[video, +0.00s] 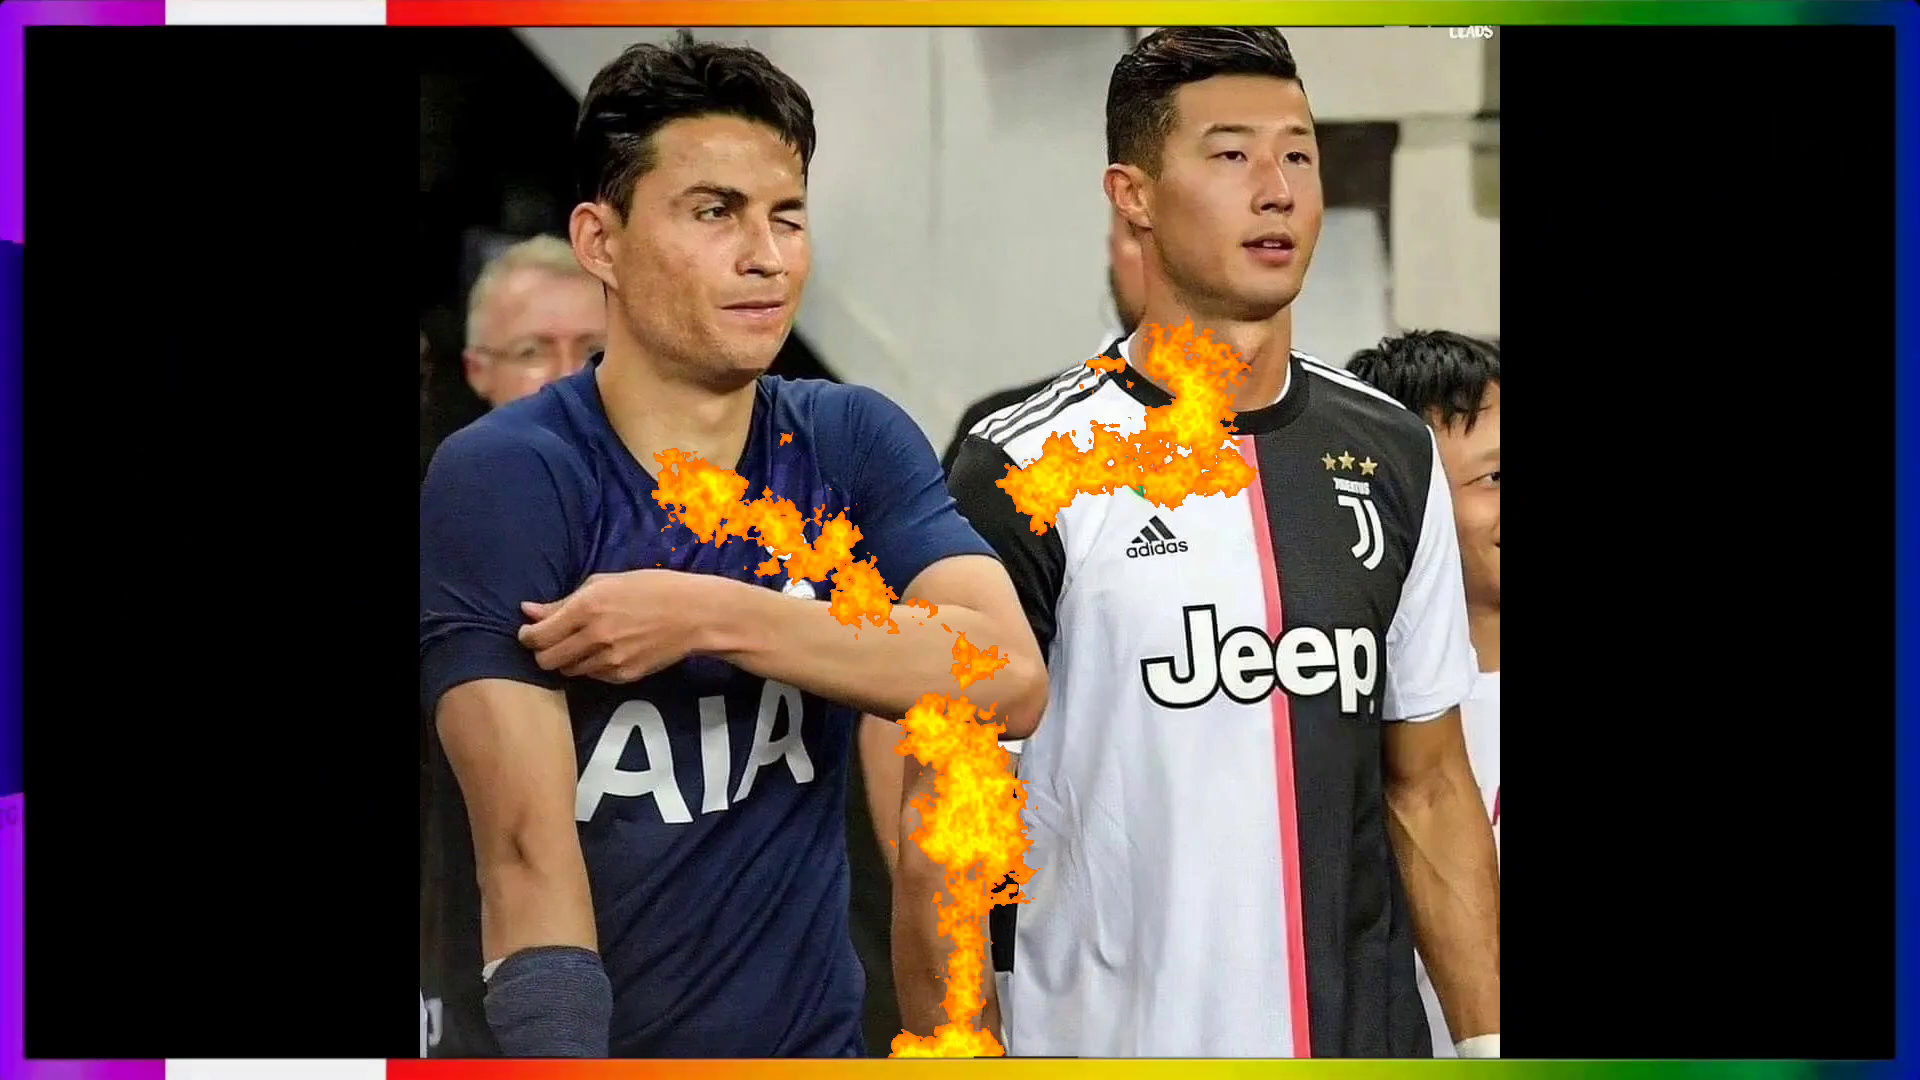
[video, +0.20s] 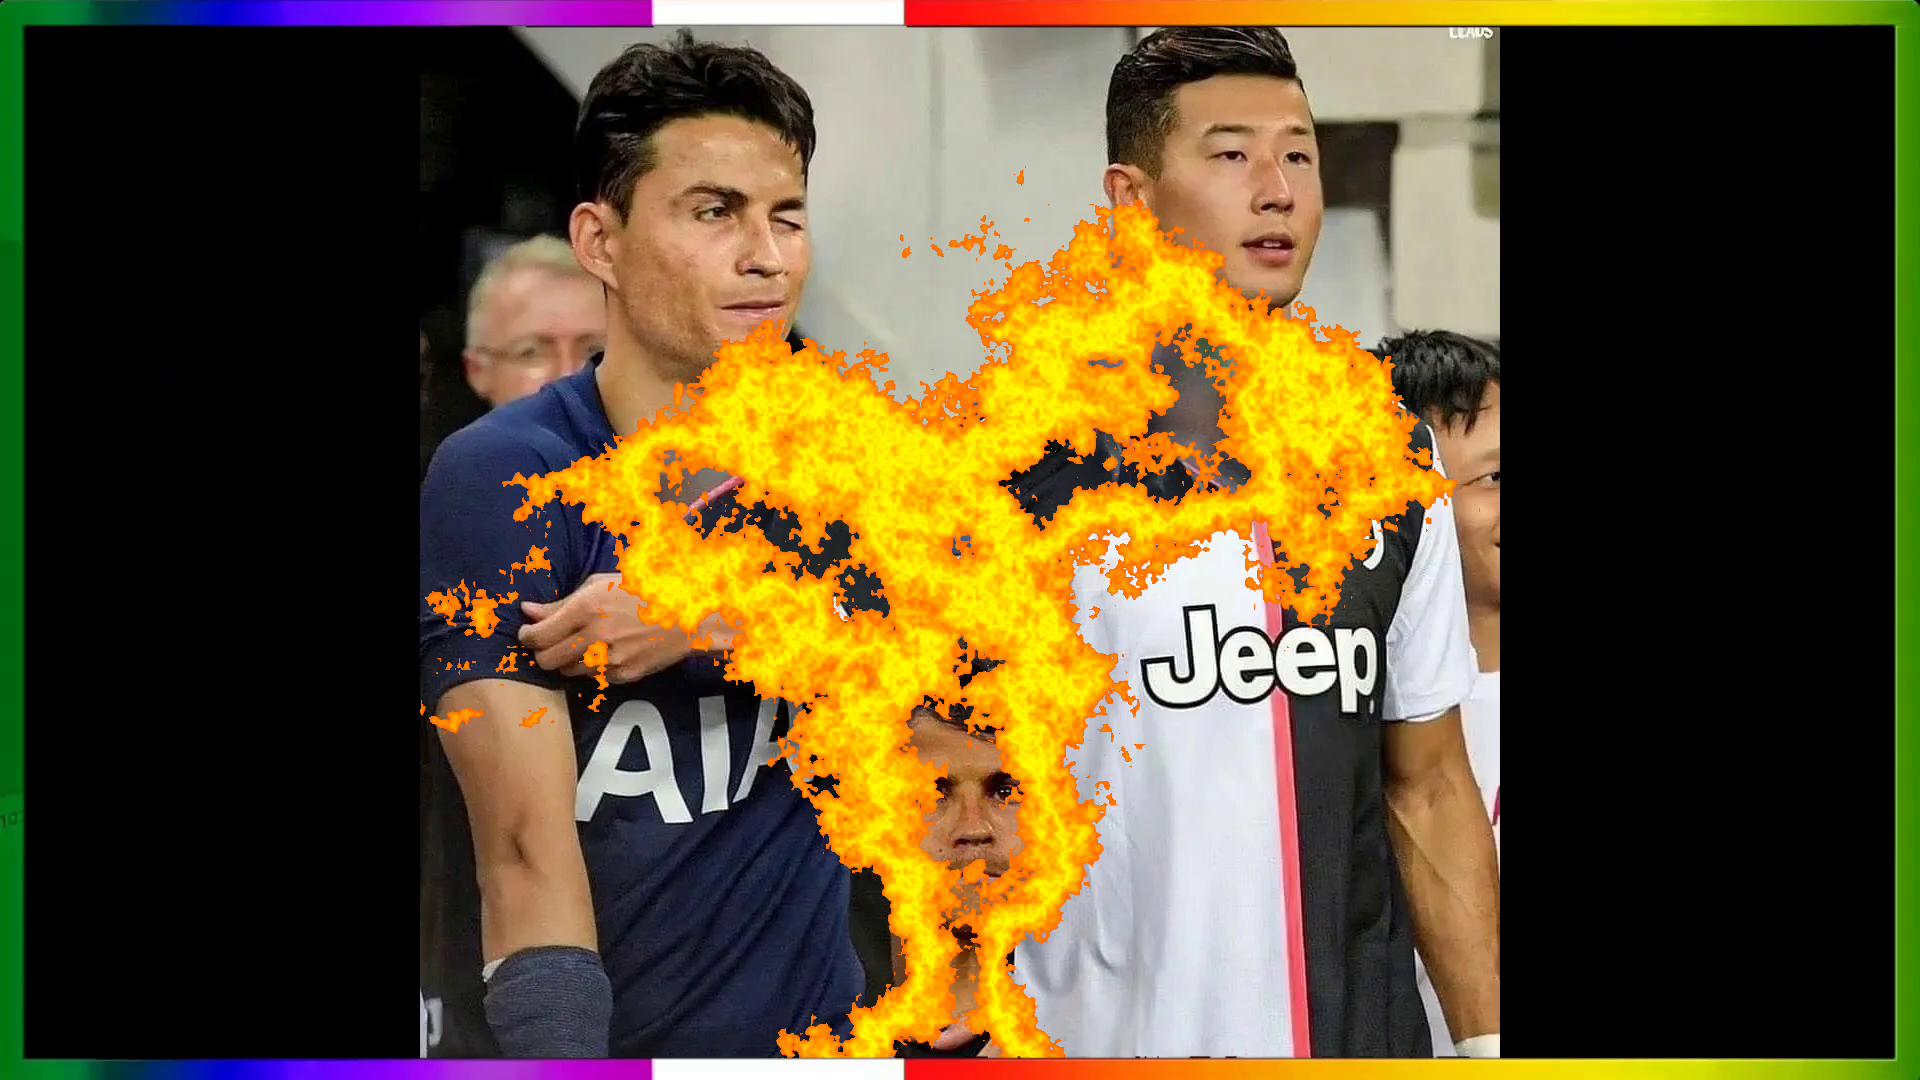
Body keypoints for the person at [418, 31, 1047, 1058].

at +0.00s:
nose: (766, 257)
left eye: (786, 218)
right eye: (712, 213)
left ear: (809, 237)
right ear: (601, 241)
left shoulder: (859, 437)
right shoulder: (500, 476)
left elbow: (1011, 679)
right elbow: (525, 852)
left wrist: (717, 615)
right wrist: (560, 1061)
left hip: (810, 1041)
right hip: (598, 1038)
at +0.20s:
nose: (767, 260)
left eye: (787, 219)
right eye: (715, 212)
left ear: (811, 236)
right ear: (600, 241)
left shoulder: (846, 453)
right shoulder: (497, 475)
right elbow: (524, 855)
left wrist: (708, 619)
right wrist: (560, 1060)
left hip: (813, 1037)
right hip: (602, 1037)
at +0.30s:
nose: (766, 259)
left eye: (788, 220)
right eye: (714, 212)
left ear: (811, 238)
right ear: (600, 241)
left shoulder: (857, 453)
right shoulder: (492, 477)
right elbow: (524, 845)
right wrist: (560, 1053)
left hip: (841, 1030)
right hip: (614, 1034)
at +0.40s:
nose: (766, 256)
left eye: (786, 219)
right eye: (713, 211)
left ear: (807, 238)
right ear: (598, 240)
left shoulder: (836, 451)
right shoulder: (494, 475)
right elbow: (522, 844)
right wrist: (569, 1048)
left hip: (846, 1005)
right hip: (610, 1017)